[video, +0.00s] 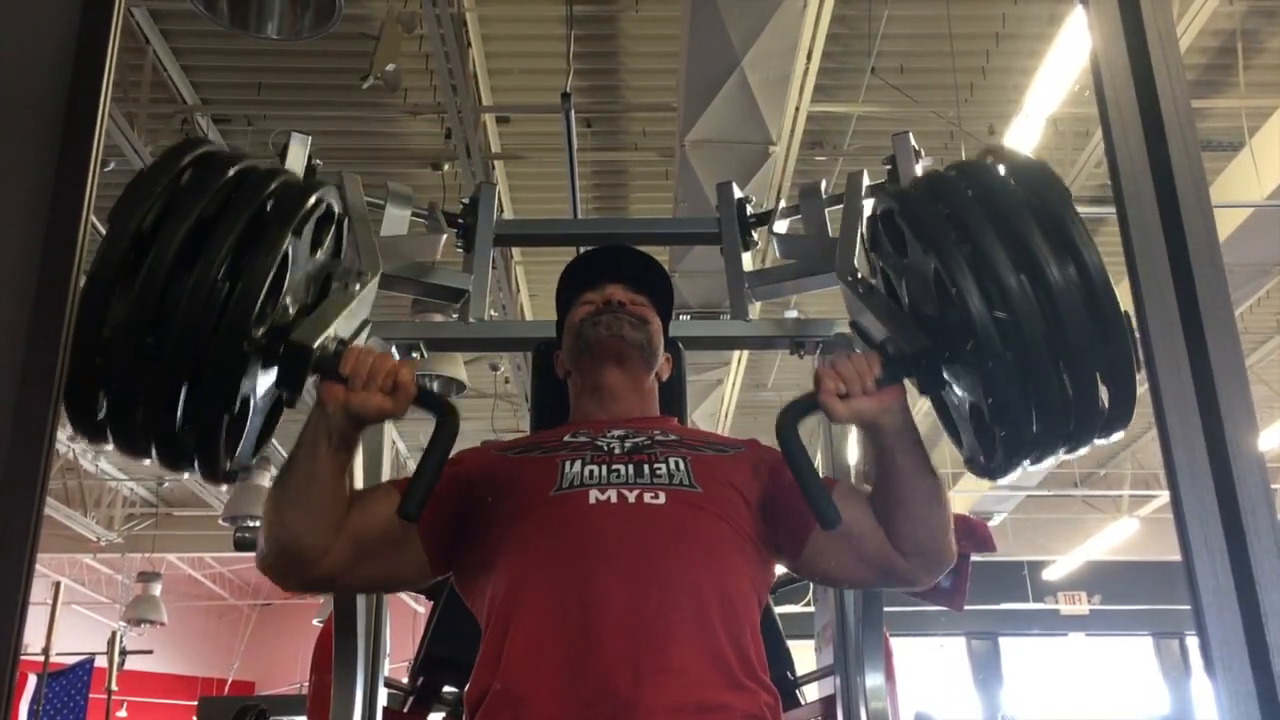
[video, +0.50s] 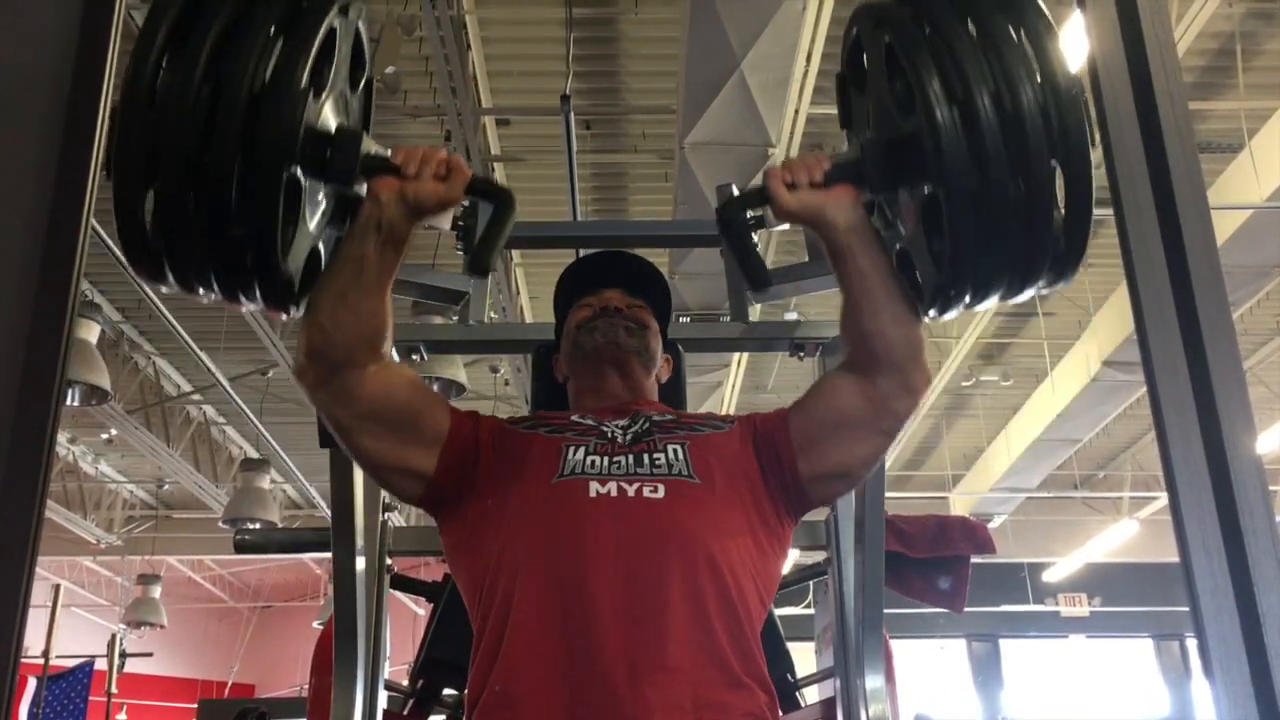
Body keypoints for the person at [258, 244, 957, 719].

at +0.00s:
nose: (616, 306)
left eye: (639, 307)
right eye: (591, 306)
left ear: (670, 360)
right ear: (557, 359)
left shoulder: (748, 465)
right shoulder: (489, 471)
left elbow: (917, 558)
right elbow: (298, 557)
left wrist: (890, 425)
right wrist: (336, 418)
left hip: (724, 705)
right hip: (530, 707)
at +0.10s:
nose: (616, 309)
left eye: (639, 311)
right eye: (590, 309)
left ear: (668, 362)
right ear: (556, 361)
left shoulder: (743, 463)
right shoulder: (488, 469)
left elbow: (926, 531)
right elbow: (291, 523)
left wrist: (881, 395)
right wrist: (346, 385)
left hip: (726, 704)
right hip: (529, 704)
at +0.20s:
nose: (610, 312)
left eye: (634, 313)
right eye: (586, 313)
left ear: (666, 365)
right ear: (555, 364)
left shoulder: (741, 460)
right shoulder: (487, 467)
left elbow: (925, 486)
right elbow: (293, 479)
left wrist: (867, 342)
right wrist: (358, 336)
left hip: (726, 703)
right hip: (526, 703)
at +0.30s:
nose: (608, 310)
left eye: (633, 312)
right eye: (584, 310)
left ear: (664, 364)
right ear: (554, 363)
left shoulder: (744, 458)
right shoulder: (484, 463)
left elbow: (921, 441)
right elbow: (303, 432)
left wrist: (859, 296)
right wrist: (366, 291)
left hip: (720, 704)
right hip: (526, 705)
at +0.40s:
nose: (610, 307)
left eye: (635, 307)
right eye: (584, 307)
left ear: (666, 360)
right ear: (554, 362)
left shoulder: (751, 454)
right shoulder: (484, 461)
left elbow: (906, 407)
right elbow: (319, 397)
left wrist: (851, 251)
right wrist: (377, 252)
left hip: (723, 704)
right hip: (527, 704)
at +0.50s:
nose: (610, 319)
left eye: (634, 316)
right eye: (586, 315)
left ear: (667, 365)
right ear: (556, 363)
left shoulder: (753, 452)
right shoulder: (484, 456)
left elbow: (892, 381)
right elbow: (337, 367)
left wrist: (842, 221)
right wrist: (387, 217)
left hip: (726, 705)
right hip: (523, 706)